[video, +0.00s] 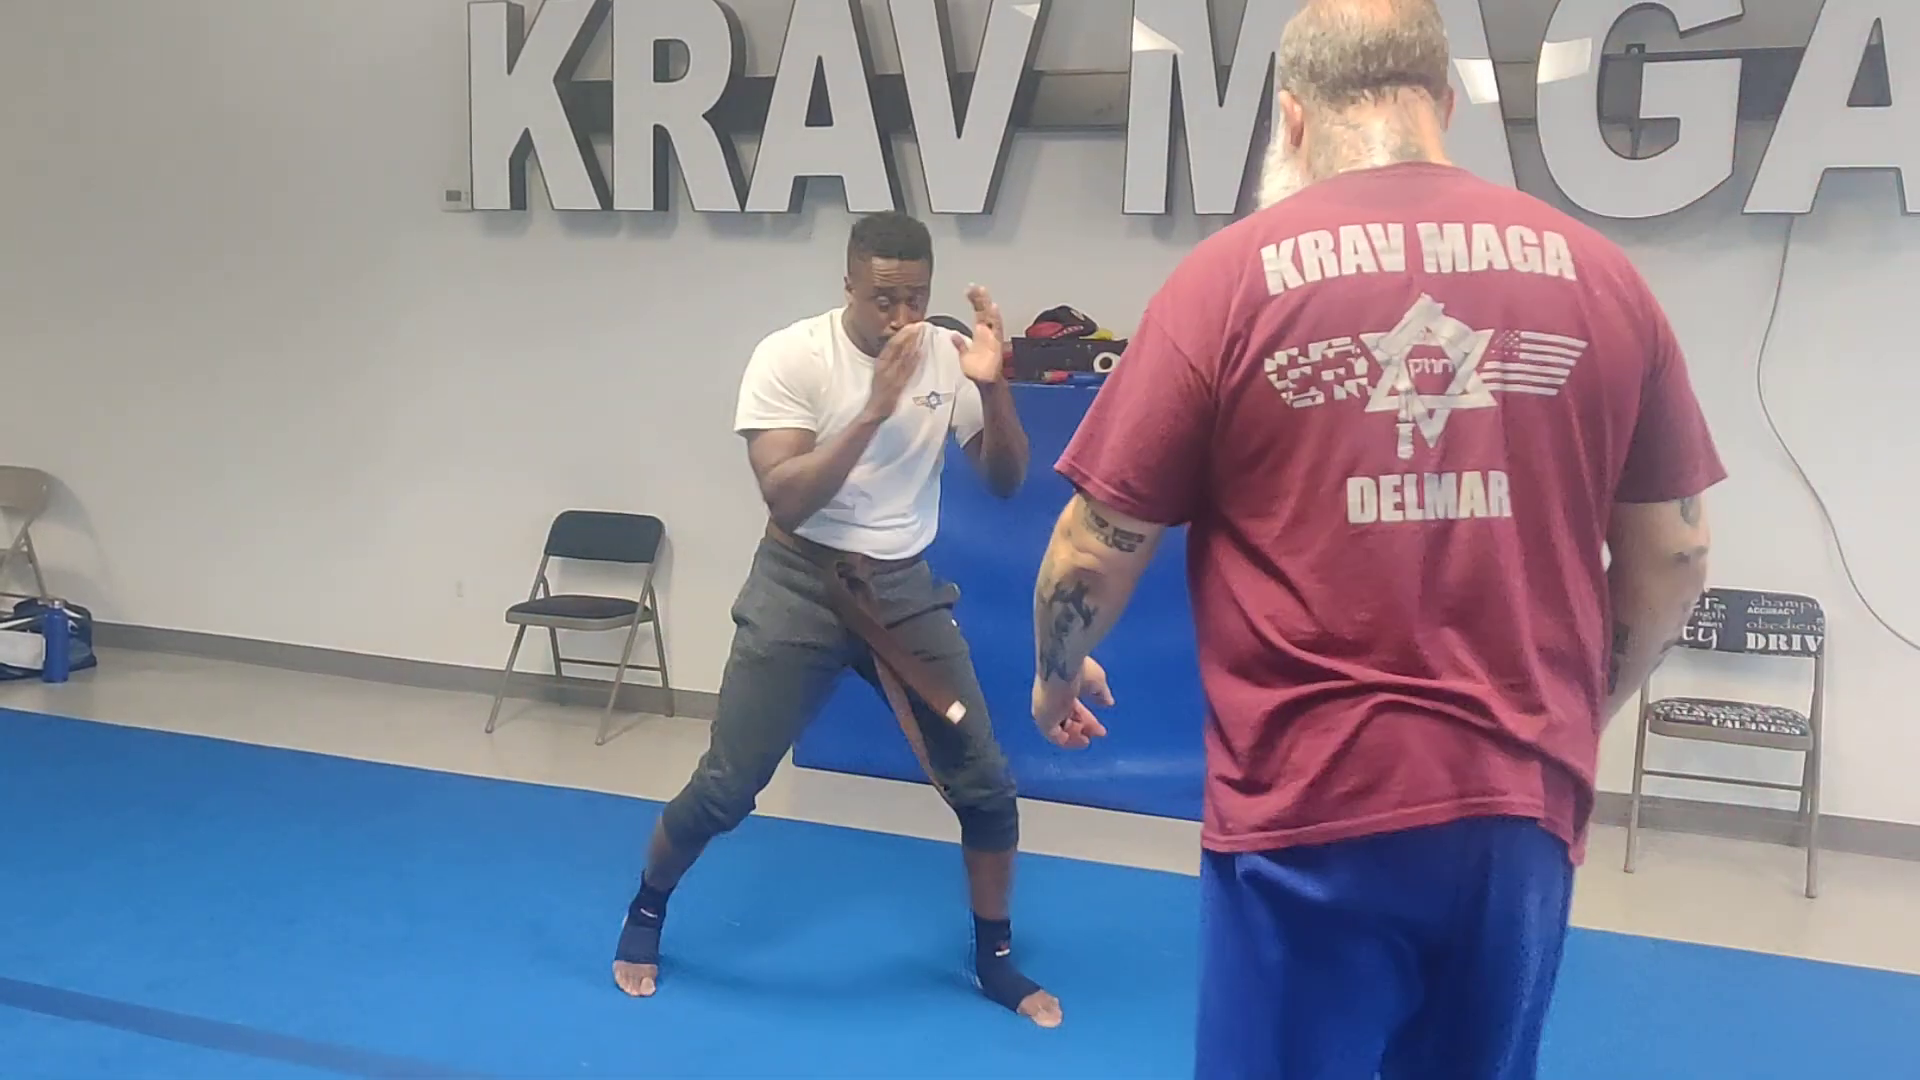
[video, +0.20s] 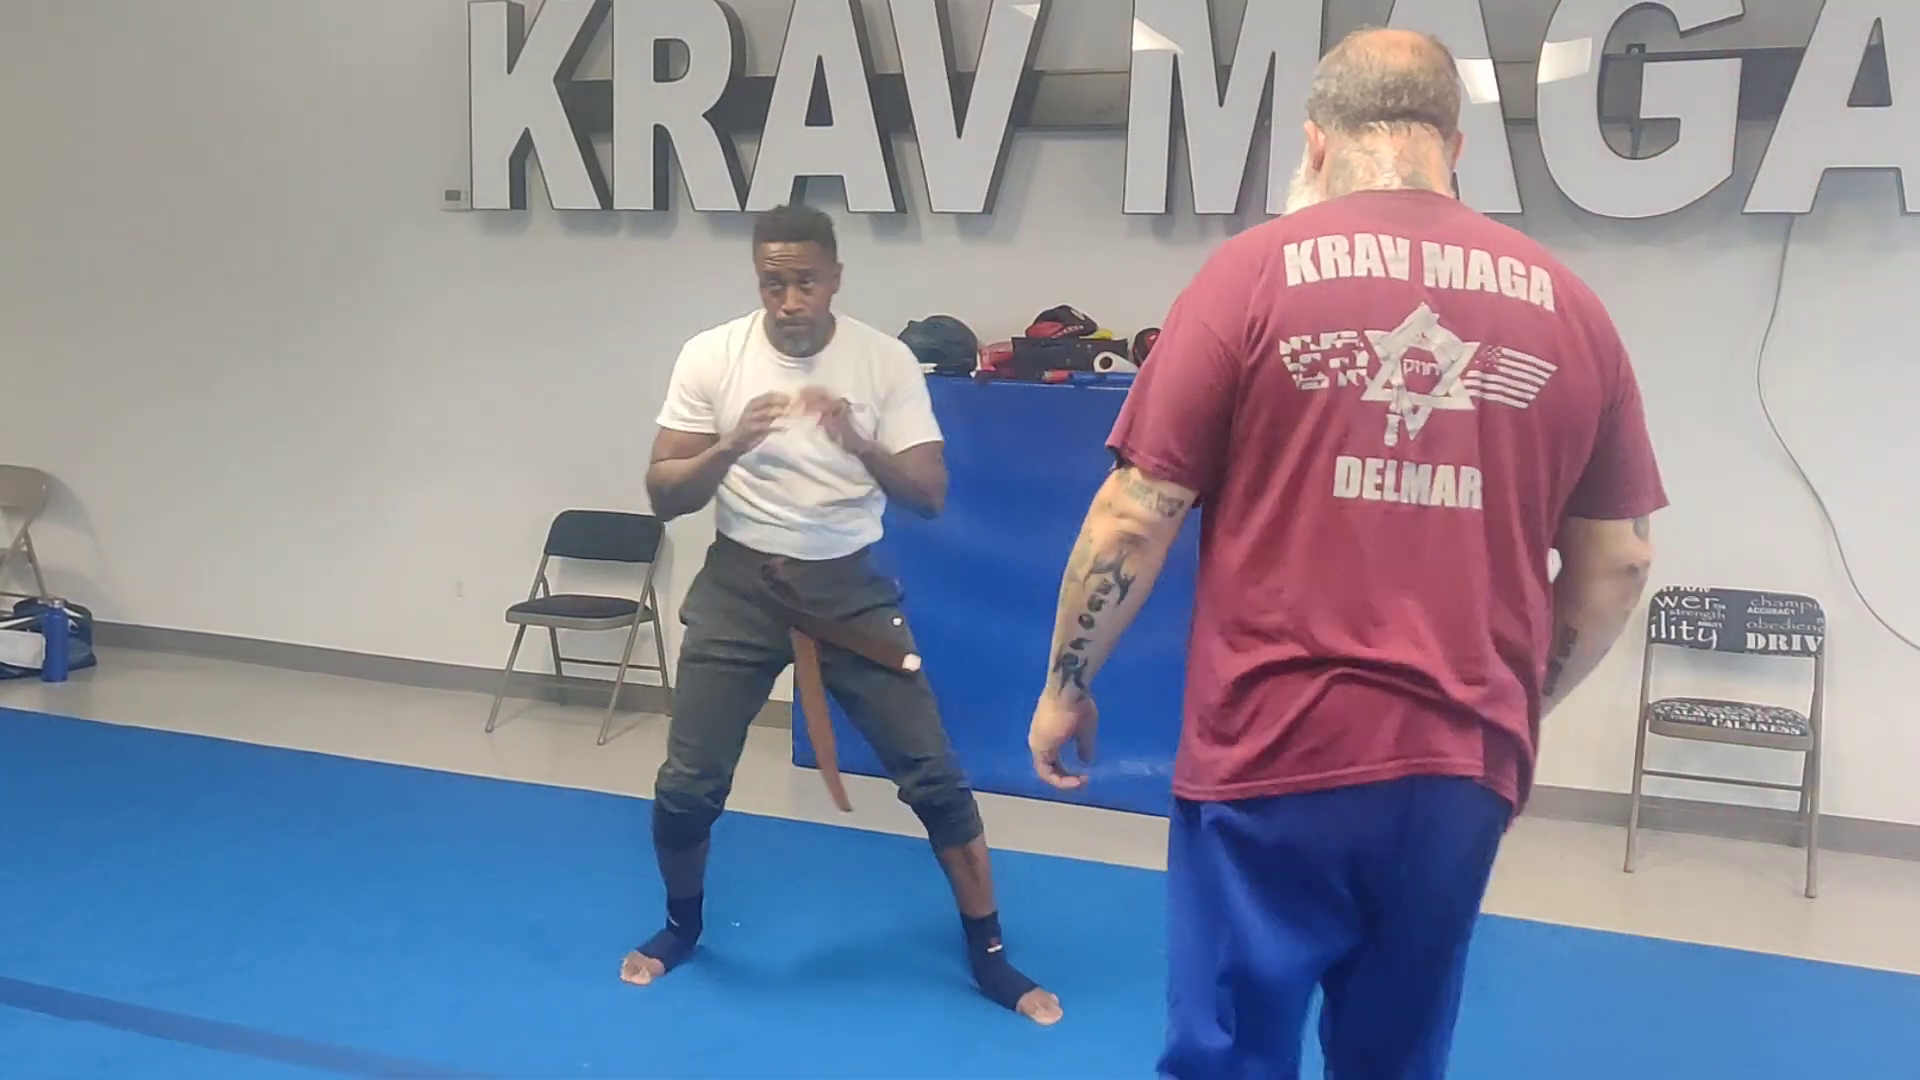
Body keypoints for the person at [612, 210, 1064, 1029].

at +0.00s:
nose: (902, 316)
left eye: (915, 299)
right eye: (885, 299)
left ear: (929, 290)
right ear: (847, 284)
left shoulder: (947, 353)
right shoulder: (787, 359)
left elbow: (1005, 479)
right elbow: (787, 502)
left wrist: (997, 389)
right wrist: (873, 411)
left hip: (905, 587)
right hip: (799, 580)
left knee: (986, 786)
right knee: (726, 788)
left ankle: (995, 958)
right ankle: (646, 911)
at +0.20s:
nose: (788, 300)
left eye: (805, 283)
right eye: (774, 283)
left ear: (837, 277)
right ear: (756, 278)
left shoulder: (886, 362)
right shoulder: (710, 358)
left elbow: (930, 495)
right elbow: (665, 494)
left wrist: (863, 443)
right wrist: (731, 446)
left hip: (851, 587)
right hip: (740, 582)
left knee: (936, 779)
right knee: (684, 786)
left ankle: (990, 957)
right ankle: (681, 927)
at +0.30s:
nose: (723, 289)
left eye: (741, 273)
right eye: (710, 273)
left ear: (779, 274)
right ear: (696, 278)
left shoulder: (835, 364)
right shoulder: (665, 359)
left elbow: (879, 499)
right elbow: (611, 484)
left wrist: (786, 530)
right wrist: (658, 472)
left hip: (804, 597)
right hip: (691, 592)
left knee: (890, 779)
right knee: (648, 789)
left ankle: (973, 949)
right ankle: (675, 925)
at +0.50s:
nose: (630, 251)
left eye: (648, 235)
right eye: (621, 237)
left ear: (695, 243)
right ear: (616, 250)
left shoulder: (758, 343)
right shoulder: (613, 340)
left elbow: (811, 481)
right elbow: (589, 438)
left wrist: (724, 580)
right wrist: (571, 490)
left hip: (736, 574)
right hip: (637, 570)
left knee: (793, 779)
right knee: (626, 778)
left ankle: (859, 937)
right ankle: (671, 922)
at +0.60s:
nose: (600, 235)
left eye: (620, 219)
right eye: (593, 221)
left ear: (670, 231)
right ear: (590, 236)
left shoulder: (730, 329)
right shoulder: (592, 330)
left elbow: (782, 468)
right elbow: (583, 432)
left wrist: (690, 569)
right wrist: (559, 495)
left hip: (712, 568)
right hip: (616, 561)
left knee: (729, 771)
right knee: (624, 766)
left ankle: (767, 937)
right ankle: (670, 923)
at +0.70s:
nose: (572, 227)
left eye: (591, 212)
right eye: (565, 213)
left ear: (644, 225)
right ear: (564, 230)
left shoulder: (704, 323)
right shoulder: (572, 329)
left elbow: (755, 464)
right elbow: (570, 433)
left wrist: (657, 568)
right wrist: (555, 504)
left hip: (685, 564)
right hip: (601, 558)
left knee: (656, 764)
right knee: (615, 759)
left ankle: (666, 928)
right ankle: (665, 912)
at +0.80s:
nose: (543, 226)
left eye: (564, 211)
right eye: (537, 213)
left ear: (619, 224)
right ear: (536, 229)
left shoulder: (679, 322)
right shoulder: (551, 333)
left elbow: (729, 466)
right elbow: (555, 444)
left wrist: (627, 567)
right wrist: (543, 516)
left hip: (665, 565)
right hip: (583, 562)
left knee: (596, 764)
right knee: (619, 755)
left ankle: (551, 958)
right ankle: (674, 926)